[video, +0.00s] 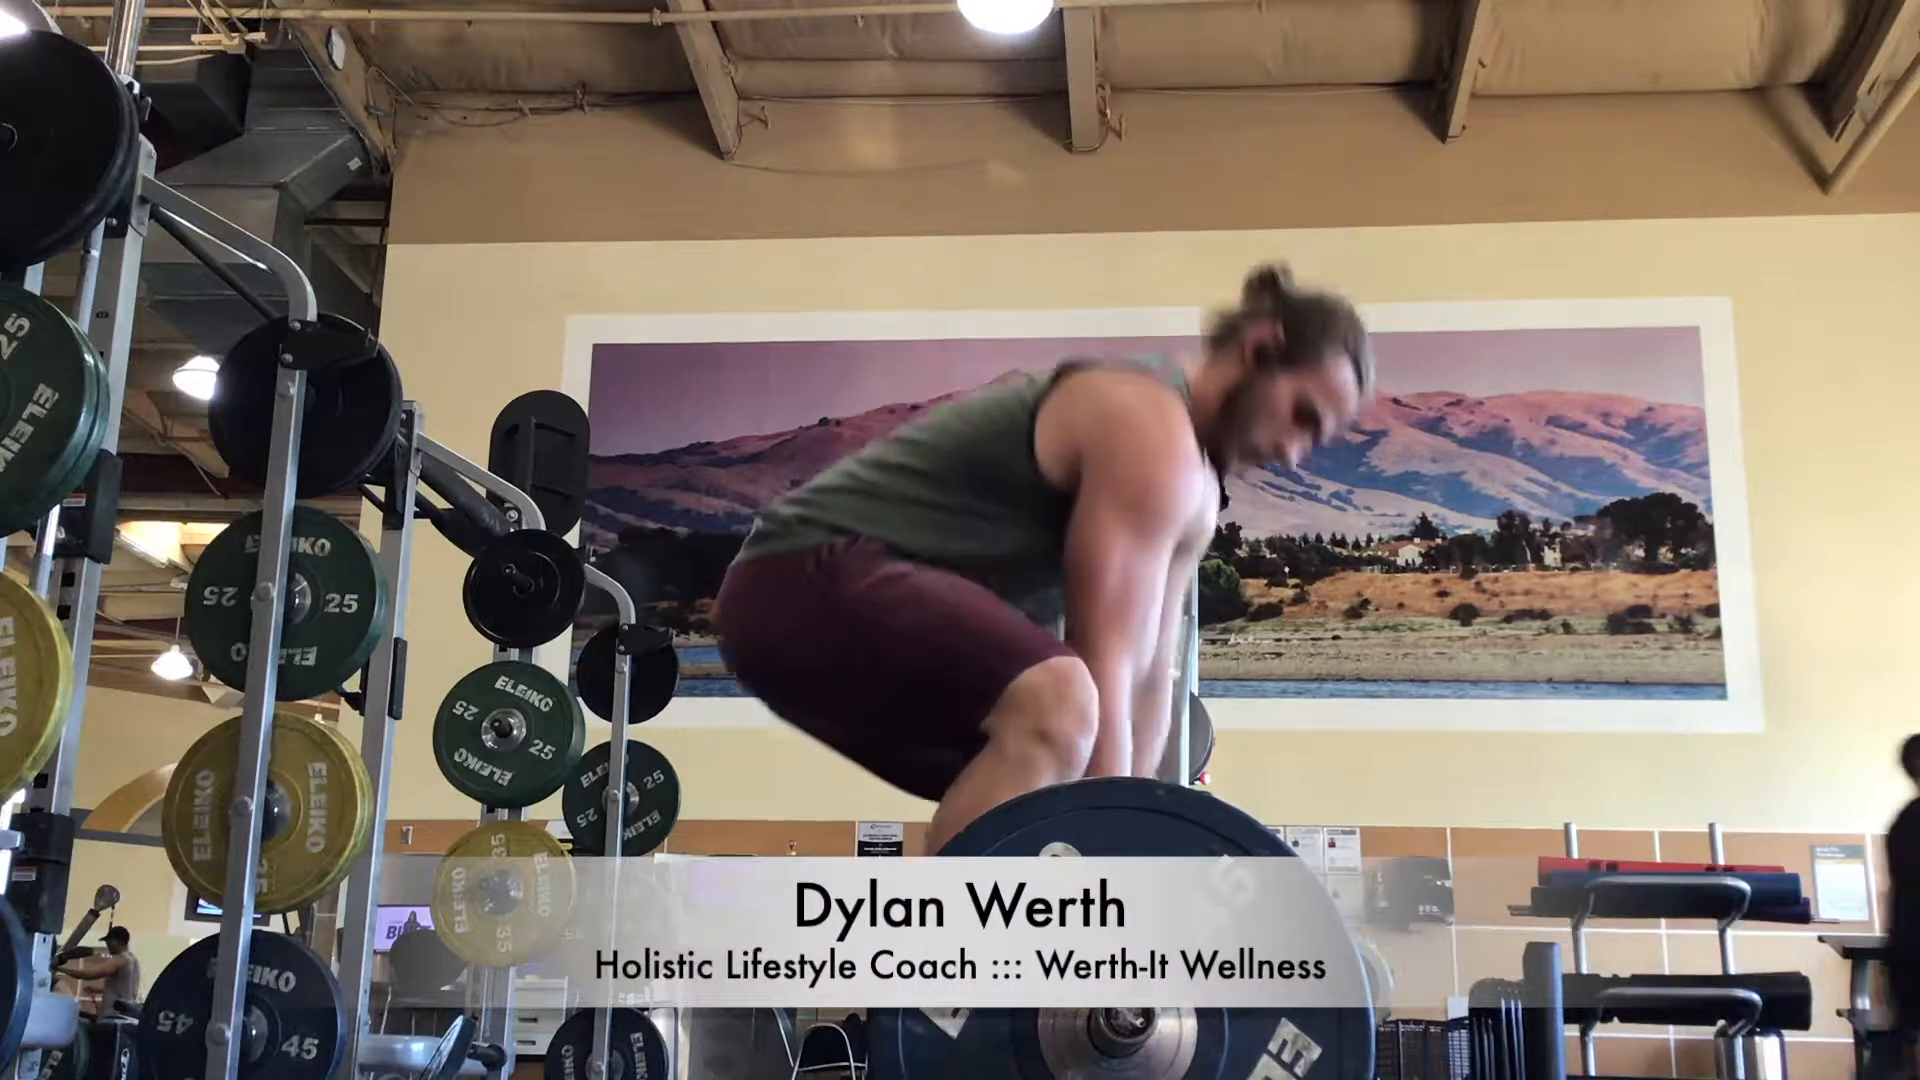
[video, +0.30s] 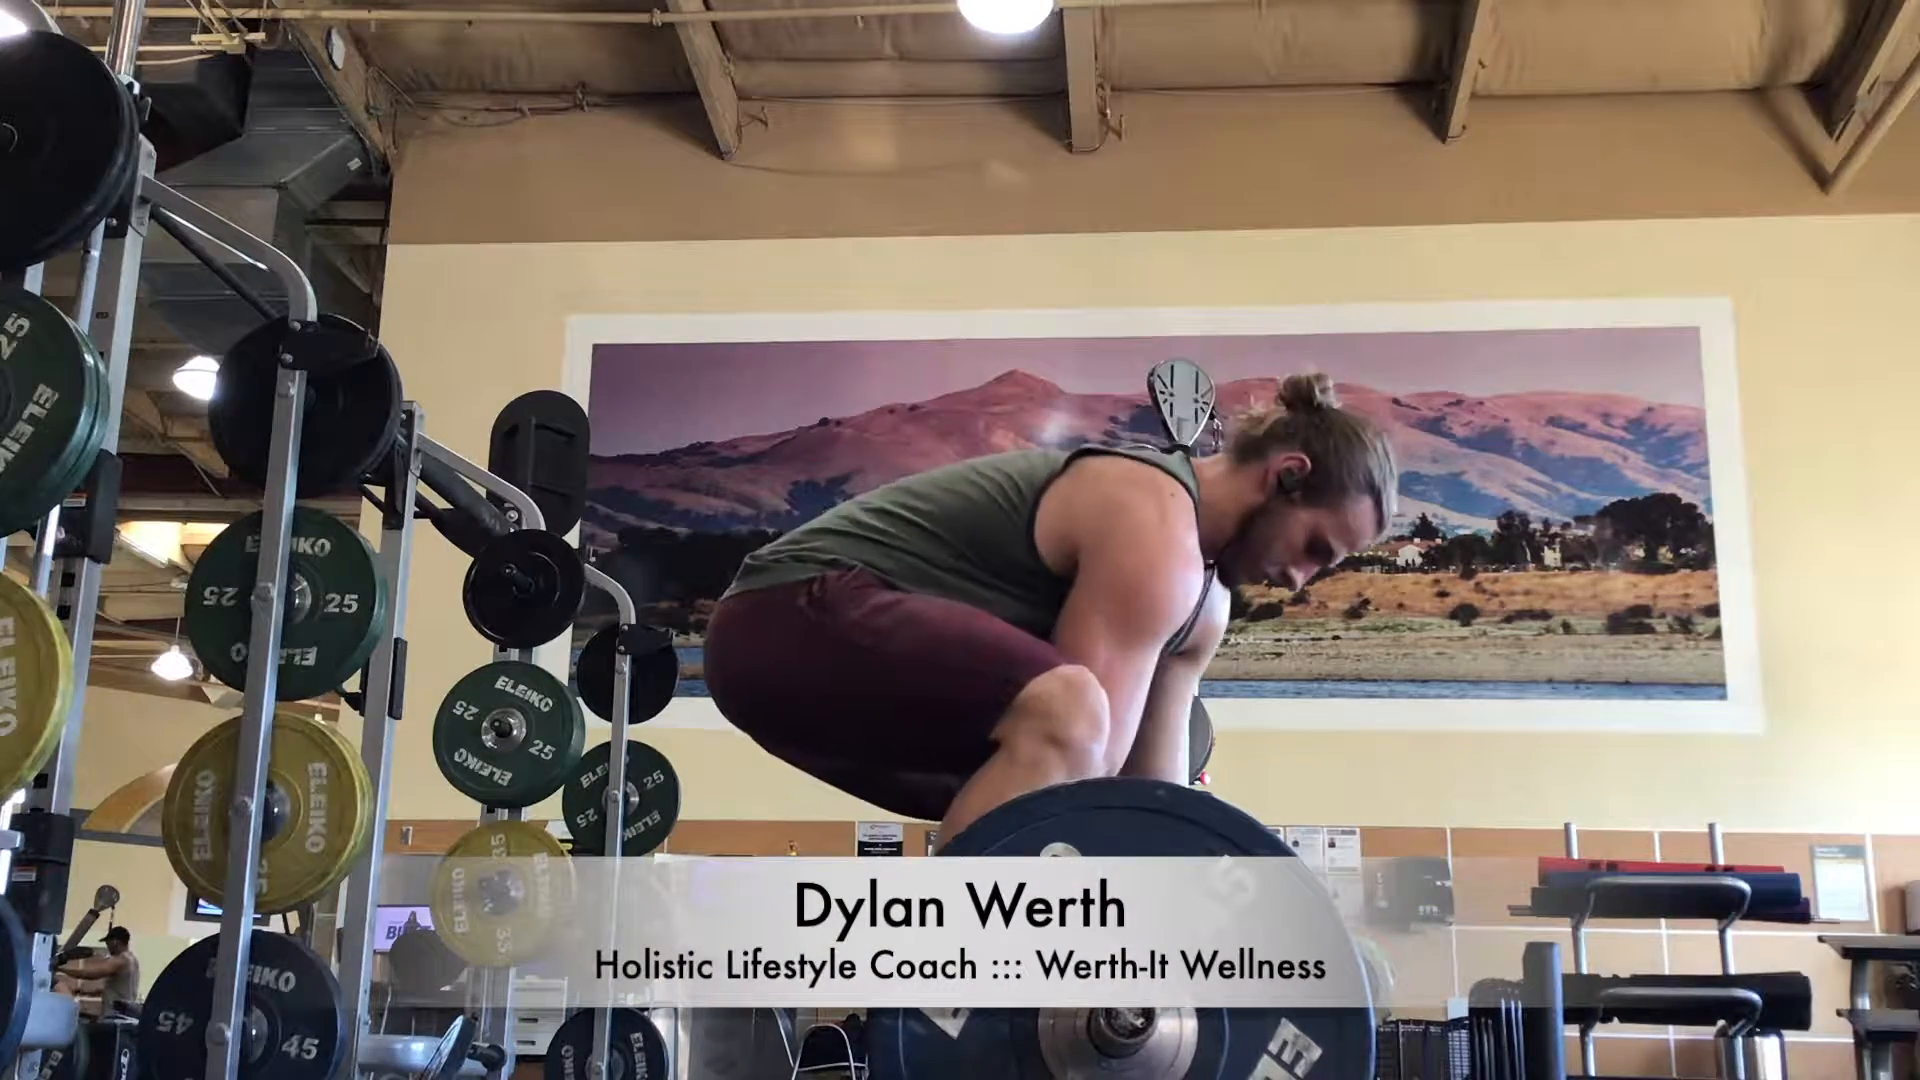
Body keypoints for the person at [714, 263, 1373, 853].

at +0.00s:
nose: (1298, 453)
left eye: (1319, 438)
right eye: (1305, 416)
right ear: (1260, 346)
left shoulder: (1193, 491)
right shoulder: (1145, 435)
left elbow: (1151, 688)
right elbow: (1098, 673)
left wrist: (1135, 868)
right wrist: (1101, 859)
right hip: (804, 574)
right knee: (1057, 705)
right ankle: (904, 958)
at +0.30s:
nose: (1304, 581)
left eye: (1326, 569)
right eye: (1316, 551)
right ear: (1282, 474)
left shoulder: (1195, 600)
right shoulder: (1148, 533)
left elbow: (1147, 800)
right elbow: (1076, 775)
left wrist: (1159, 956)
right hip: (794, 610)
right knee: (1068, 716)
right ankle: (928, 975)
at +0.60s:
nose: (1314, 584)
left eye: (1335, 567)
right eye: (1324, 548)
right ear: (1276, 478)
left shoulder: (1199, 628)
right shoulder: (1139, 543)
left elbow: (1148, 815)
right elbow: (1066, 779)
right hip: (786, 608)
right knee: (1060, 716)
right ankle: (924, 982)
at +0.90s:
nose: (1316, 541)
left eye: (1330, 523)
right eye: (1314, 503)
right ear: (1252, 452)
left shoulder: (1183, 627)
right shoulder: (1131, 529)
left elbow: (1131, 809)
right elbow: (1057, 776)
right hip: (778, 614)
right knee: (1044, 711)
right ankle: (893, 983)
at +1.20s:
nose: (1340, 502)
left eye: (1347, 478)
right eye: (1333, 466)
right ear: (1262, 437)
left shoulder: (1187, 620)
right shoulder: (1162, 518)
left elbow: (1137, 801)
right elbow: (1079, 780)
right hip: (799, 631)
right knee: (1076, 713)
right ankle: (918, 966)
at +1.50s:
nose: (1359, 503)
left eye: (1364, 479)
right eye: (1350, 468)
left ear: (1281, 451)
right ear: (1278, 445)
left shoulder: (1201, 633)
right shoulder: (1188, 528)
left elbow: (1144, 800)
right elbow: (1093, 768)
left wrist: (1139, 974)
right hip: (816, 643)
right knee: (1097, 716)